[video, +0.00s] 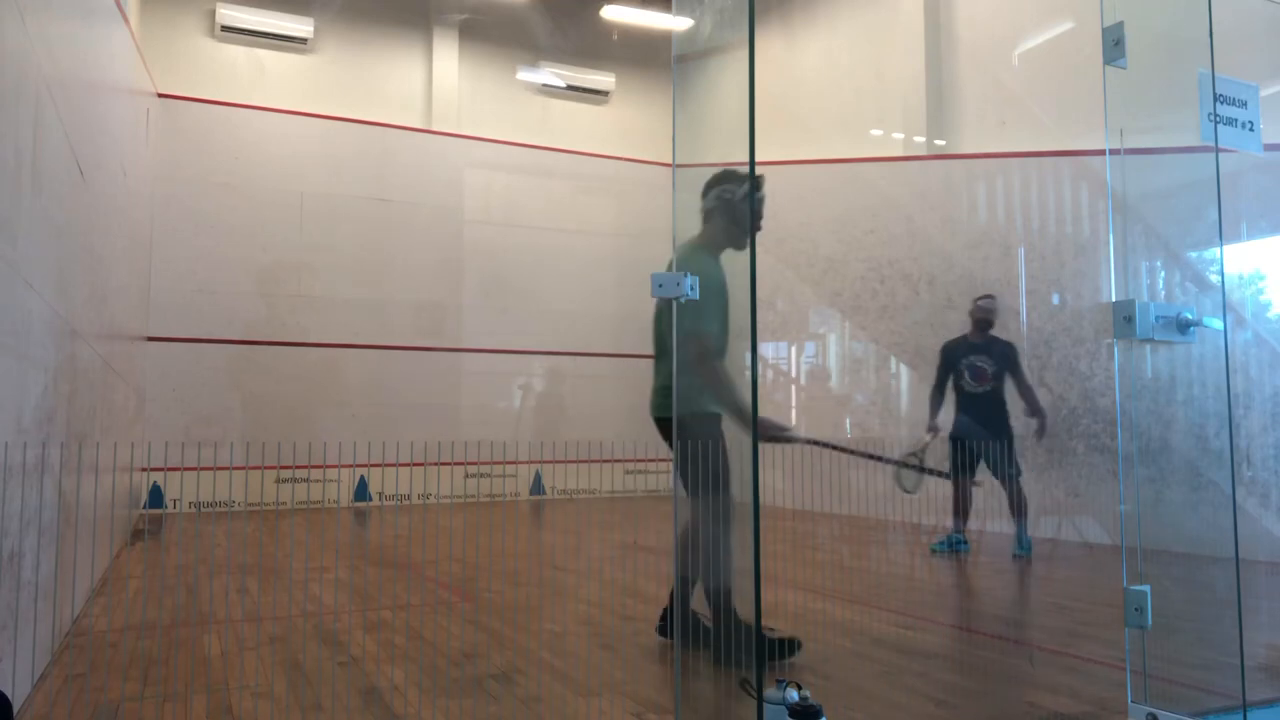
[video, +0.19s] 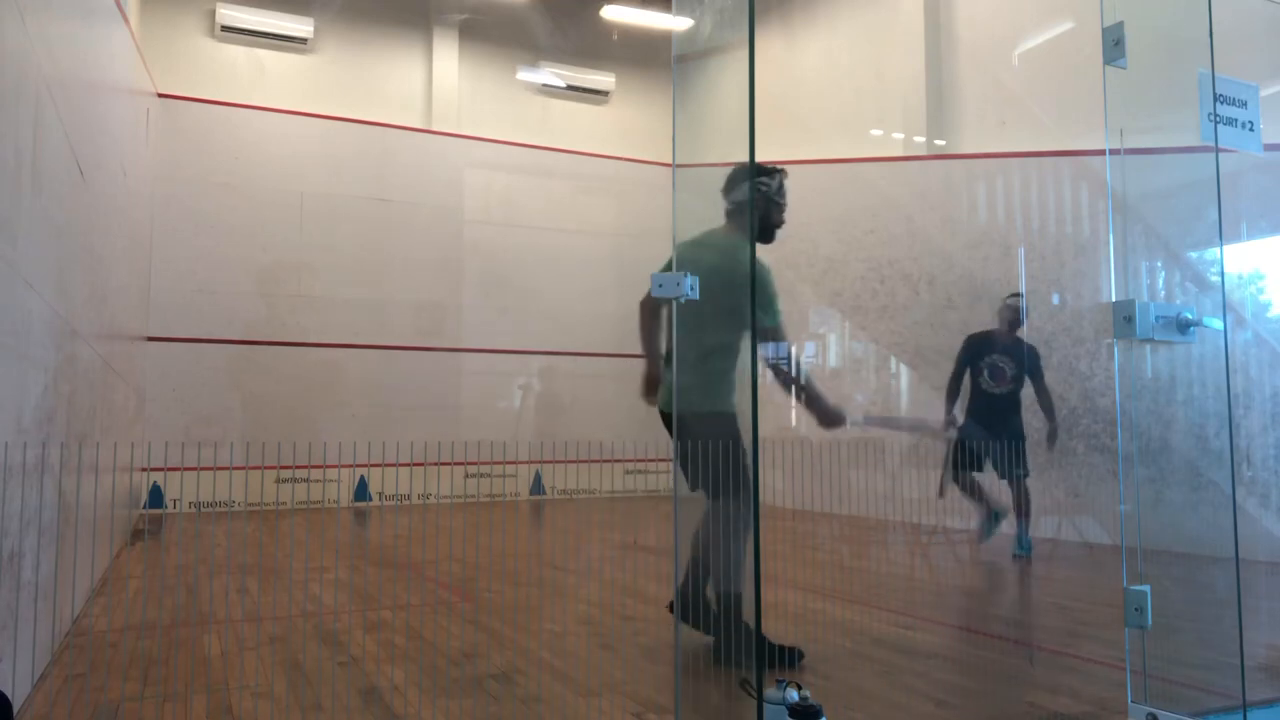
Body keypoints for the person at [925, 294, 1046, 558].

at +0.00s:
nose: (986, 316)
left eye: (991, 312)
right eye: (982, 311)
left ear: (996, 316)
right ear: (971, 313)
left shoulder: (1004, 349)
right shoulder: (952, 349)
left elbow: (1022, 383)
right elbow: (939, 386)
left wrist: (1039, 412)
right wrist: (932, 418)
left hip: (996, 425)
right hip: (964, 423)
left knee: (1011, 483)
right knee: (960, 481)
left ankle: (1022, 538)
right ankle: (958, 535)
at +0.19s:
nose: (1013, 316)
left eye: (1019, 312)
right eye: (1010, 309)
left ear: (1023, 318)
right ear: (1000, 312)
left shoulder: (1027, 353)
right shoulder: (975, 342)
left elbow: (1041, 390)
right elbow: (956, 378)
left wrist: (1052, 423)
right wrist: (949, 411)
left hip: (1009, 423)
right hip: (976, 419)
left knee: (1017, 480)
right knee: (959, 473)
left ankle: (1023, 538)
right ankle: (991, 510)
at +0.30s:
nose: (1022, 318)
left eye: (1029, 315)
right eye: (1019, 311)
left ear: (1034, 321)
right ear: (1011, 312)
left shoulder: (1033, 356)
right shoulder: (983, 341)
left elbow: (1042, 394)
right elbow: (960, 373)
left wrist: (1051, 429)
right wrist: (952, 405)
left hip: (1013, 423)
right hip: (981, 419)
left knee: (1022, 481)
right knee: (968, 479)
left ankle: (1023, 538)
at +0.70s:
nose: (1025, 316)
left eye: (1033, 312)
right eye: (1023, 310)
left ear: (1042, 321)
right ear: (1016, 314)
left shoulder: (1043, 357)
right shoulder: (994, 340)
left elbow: (1040, 394)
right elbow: (968, 369)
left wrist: (1038, 429)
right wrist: (959, 370)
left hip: (1024, 430)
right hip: (991, 425)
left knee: (1023, 483)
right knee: (983, 479)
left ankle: (1023, 539)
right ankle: (1005, 449)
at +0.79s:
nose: (1020, 311)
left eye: (1027, 308)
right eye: (1018, 306)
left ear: (1037, 318)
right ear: (1011, 312)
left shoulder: (1041, 354)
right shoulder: (992, 340)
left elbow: (1045, 393)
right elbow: (966, 367)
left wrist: (1048, 428)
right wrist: (956, 352)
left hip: (1020, 427)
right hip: (989, 421)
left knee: (1023, 482)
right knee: (979, 477)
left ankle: (1023, 538)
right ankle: (1032, 469)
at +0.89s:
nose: (1017, 311)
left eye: (1023, 307)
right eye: (1014, 306)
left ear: (1033, 314)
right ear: (1007, 310)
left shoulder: (1039, 352)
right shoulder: (991, 341)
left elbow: (1050, 393)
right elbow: (965, 367)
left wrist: (1058, 430)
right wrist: (953, 348)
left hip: (1019, 425)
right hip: (988, 421)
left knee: (1022, 481)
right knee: (981, 476)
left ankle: (1023, 539)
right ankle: (1026, 497)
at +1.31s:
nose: (986, 323)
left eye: (991, 318)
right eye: (983, 318)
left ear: (1001, 321)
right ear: (978, 321)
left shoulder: (1015, 350)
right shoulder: (978, 352)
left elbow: (1043, 383)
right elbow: (979, 387)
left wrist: (1039, 412)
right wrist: (952, 383)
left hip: (1010, 423)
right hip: (985, 424)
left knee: (1015, 481)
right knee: (994, 481)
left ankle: (1022, 538)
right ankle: (1004, 532)